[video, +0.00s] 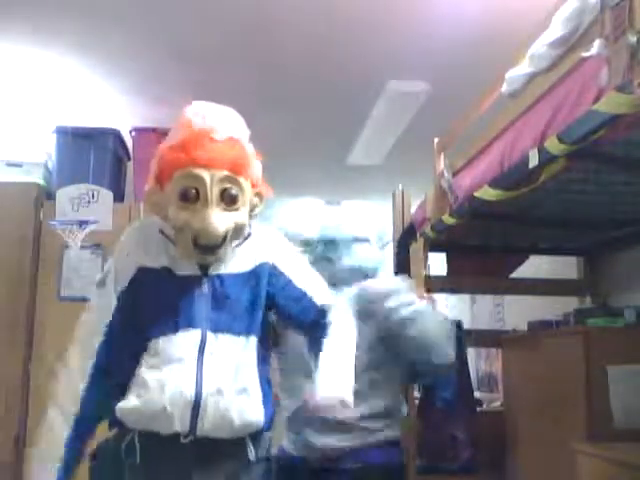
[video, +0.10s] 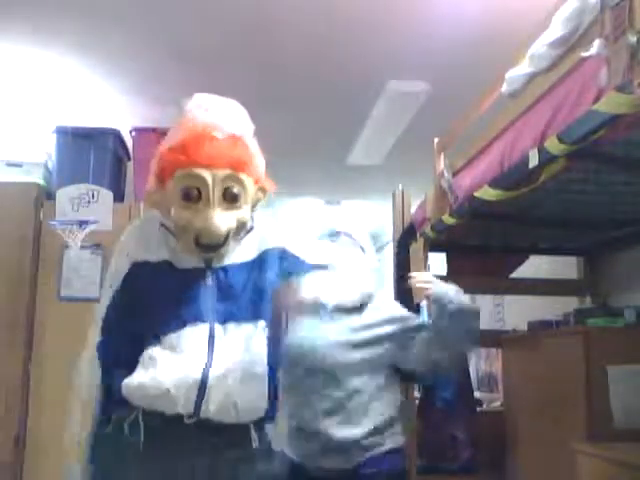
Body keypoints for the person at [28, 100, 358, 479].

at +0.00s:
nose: (210, 218)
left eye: (229, 197)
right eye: (190, 195)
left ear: (251, 203)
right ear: (162, 200)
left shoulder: (264, 263)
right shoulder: (146, 272)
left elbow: (328, 321)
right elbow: (111, 369)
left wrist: (331, 392)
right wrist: (70, 457)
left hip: (234, 453)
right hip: (148, 452)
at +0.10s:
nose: (211, 218)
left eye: (231, 196)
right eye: (192, 195)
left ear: (256, 199)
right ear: (164, 198)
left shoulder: (279, 270)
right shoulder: (143, 277)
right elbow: (116, 370)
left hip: (243, 450)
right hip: (151, 449)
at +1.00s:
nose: (188, 194)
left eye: (213, 174)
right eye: (173, 166)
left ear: (244, 190)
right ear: (149, 174)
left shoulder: (241, 252)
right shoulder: (113, 230)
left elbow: (265, 359)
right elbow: (21, 290)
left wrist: (319, 438)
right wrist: (54, 399)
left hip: (211, 452)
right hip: (121, 450)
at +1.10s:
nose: (188, 187)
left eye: (212, 169)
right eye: (173, 159)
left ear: (236, 182)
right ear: (144, 158)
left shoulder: (235, 242)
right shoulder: (98, 217)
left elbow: (252, 354)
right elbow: (13, 264)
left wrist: (293, 435)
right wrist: (17, 364)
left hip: (201, 446)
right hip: (107, 445)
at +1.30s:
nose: (165, 190)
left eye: (186, 166)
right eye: (143, 165)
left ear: (216, 174)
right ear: (116, 174)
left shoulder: (226, 238)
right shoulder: (92, 241)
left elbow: (277, 328)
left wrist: (211, 410)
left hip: (188, 459)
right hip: (97, 456)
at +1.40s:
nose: (155, 198)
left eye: (176, 175)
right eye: (134, 175)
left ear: (208, 186)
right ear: (108, 187)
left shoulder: (227, 250)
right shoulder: (88, 254)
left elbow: (289, 330)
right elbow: (22, 352)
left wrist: (233, 408)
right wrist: (8, 369)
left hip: (193, 467)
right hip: (97, 466)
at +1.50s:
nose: (149, 202)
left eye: (171, 181)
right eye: (132, 179)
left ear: (203, 194)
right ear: (105, 192)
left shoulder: (223, 258)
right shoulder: (84, 258)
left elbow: (293, 329)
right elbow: (36, 364)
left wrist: (266, 415)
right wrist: (5, 397)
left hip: (196, 468)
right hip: (98, 469)